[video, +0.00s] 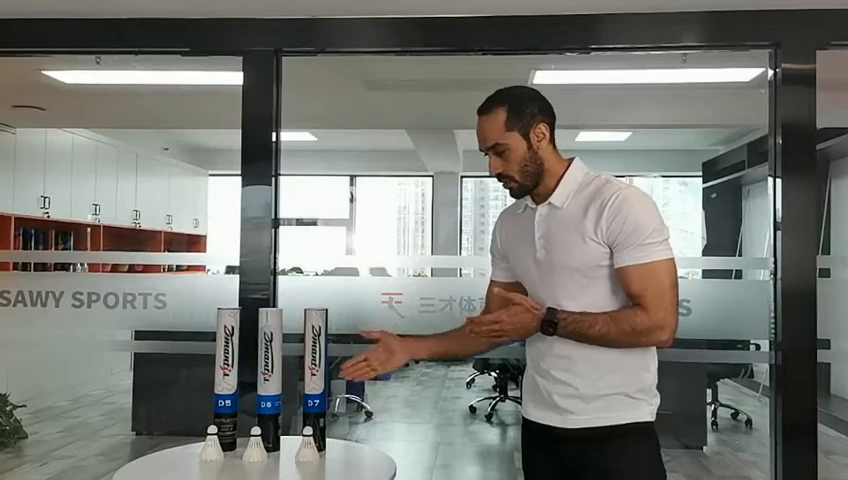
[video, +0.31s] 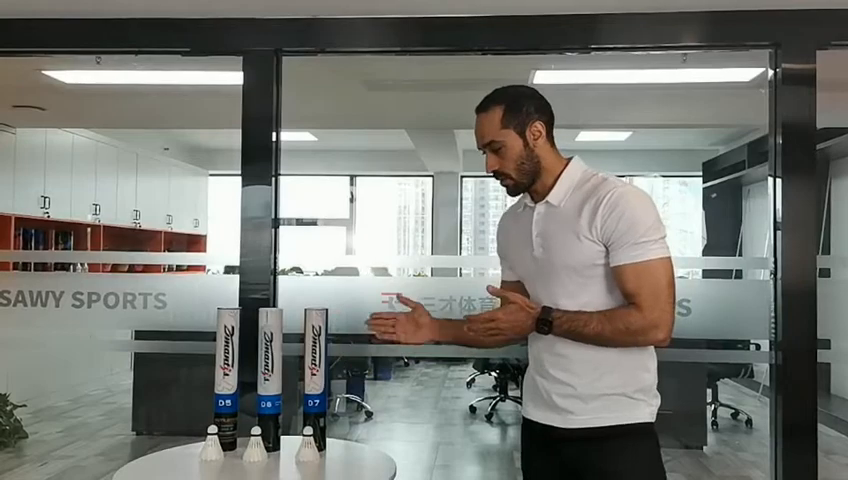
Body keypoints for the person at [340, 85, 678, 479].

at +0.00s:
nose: (492, 169)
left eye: (500, 151)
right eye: (488, 156)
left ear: (540, 135)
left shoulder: (620, 204)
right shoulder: (510, 224)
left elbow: (658, 326)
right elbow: (495, 326)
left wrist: (543, 320)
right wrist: (411, 347)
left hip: (618, 432)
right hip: (541, 431)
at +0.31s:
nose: (489, 166)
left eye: (495, 149)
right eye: (485, 153)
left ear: (536, 133)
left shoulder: (619, 203)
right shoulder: (513, 223)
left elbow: (655, 325)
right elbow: (513, 324)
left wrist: (539, 320)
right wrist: (435, 329)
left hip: (617, 430)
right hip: (542, 428)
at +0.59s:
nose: (496, 163)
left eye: (504, 145)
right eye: (492, 149)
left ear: (544, 132)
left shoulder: (622, 199)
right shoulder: (526, 224)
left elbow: (657, 323)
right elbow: (533, 331)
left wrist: (542, 319)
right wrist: (455, 356)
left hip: (626, 431)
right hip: (551, 428)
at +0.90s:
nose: (513, 156)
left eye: (520, 139)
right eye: (511, 143)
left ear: (562, 126)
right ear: (561, 127)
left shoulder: (645, 196)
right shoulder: (546, 226)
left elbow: (685, 323)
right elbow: (549, 330)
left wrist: (566, 321)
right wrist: (458, 364)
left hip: (656, 440)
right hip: (573, 432)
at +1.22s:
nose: (469, 158)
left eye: (479, 143)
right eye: (469, 146)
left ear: (523, 140)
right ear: (513, 143)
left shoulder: (606, 201)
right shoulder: (504, 241)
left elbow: (668, 313)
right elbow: (446, 323)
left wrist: (548, 331)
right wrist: (343, 361)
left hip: (640, 444)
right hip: (555, 440)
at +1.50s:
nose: (414, 180)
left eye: (428, 164)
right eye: (408, 168)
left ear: (469, 166)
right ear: (405, 176)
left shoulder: (539, 217)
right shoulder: (429, 274)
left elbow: (621, 310)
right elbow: (349, 347)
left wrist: (516, 346)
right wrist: (254, 400)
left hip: (613, 440)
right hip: (529, 446)